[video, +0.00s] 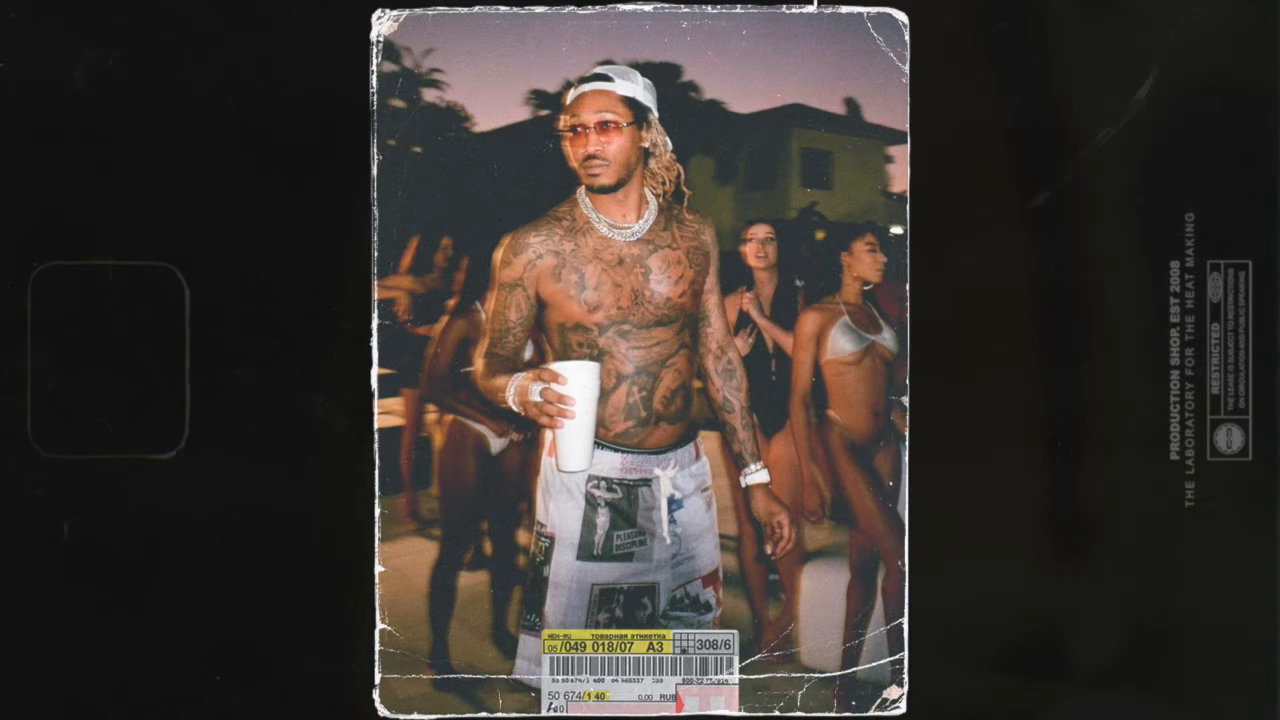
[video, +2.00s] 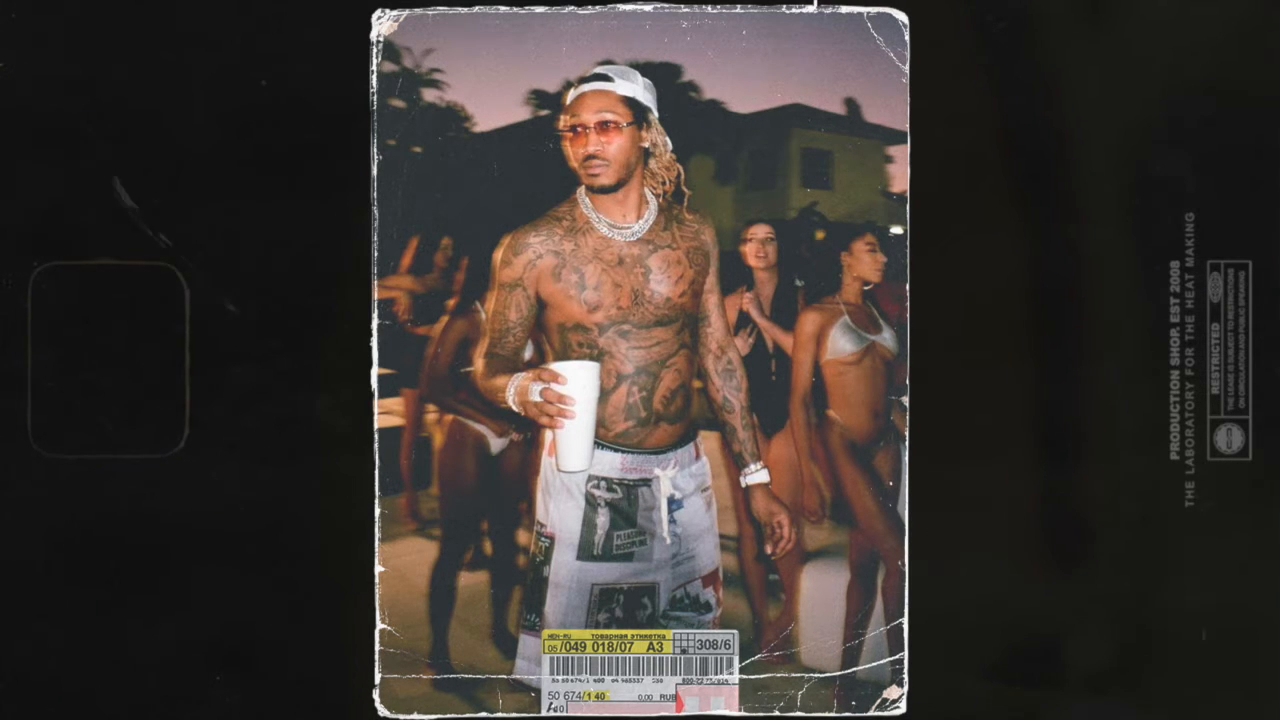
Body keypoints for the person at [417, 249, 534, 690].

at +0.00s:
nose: (517, 287)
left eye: (524, 280)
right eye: (510, 278)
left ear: (532, 288)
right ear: (495, 278)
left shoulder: (531, 333)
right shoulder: (466, 322)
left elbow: (542, 385)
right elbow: (435, 386)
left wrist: (530, 421)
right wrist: (490, 422)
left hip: (513, 445)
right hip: (465, 440)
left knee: (505, 540)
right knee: (456, 543)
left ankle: (502, 628)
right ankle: (439, 651)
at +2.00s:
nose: (514, 289)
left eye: (521, 282)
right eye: (508, 279)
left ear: (529, 290)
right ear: (493, 280)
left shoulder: (529, 331)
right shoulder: (465, 324)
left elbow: (542, 383)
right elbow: (435, 387)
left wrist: (529, 420)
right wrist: (491, 422)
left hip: (513, 448)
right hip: (465, 444)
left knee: (506, 542)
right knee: (455, 544)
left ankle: (501, 628)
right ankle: (439, 651)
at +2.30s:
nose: (513, 293)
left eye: (520, 286)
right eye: (507, 284)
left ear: (529, 293)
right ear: (493, 284)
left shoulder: (530, 332)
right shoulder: (465, 324)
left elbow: (543, 383)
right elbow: (435, 387)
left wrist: (529, 419)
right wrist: (491, 422)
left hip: (514, 445)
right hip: (465, 442)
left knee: (506, 540)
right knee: (455, 544)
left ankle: (501, 628)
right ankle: (439, 651)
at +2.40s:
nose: (513, 292)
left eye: (520, 285)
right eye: (507, 282)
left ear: (529, 291)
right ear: (493, 282)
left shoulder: (529, 331)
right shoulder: (464, 323)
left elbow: (542, 383)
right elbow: (435, 387)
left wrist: (529, 419)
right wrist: (493, 422)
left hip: (513, 445)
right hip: (465, 442)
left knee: (505, 541)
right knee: (455, 545)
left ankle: (501, 628)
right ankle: (439, 652)